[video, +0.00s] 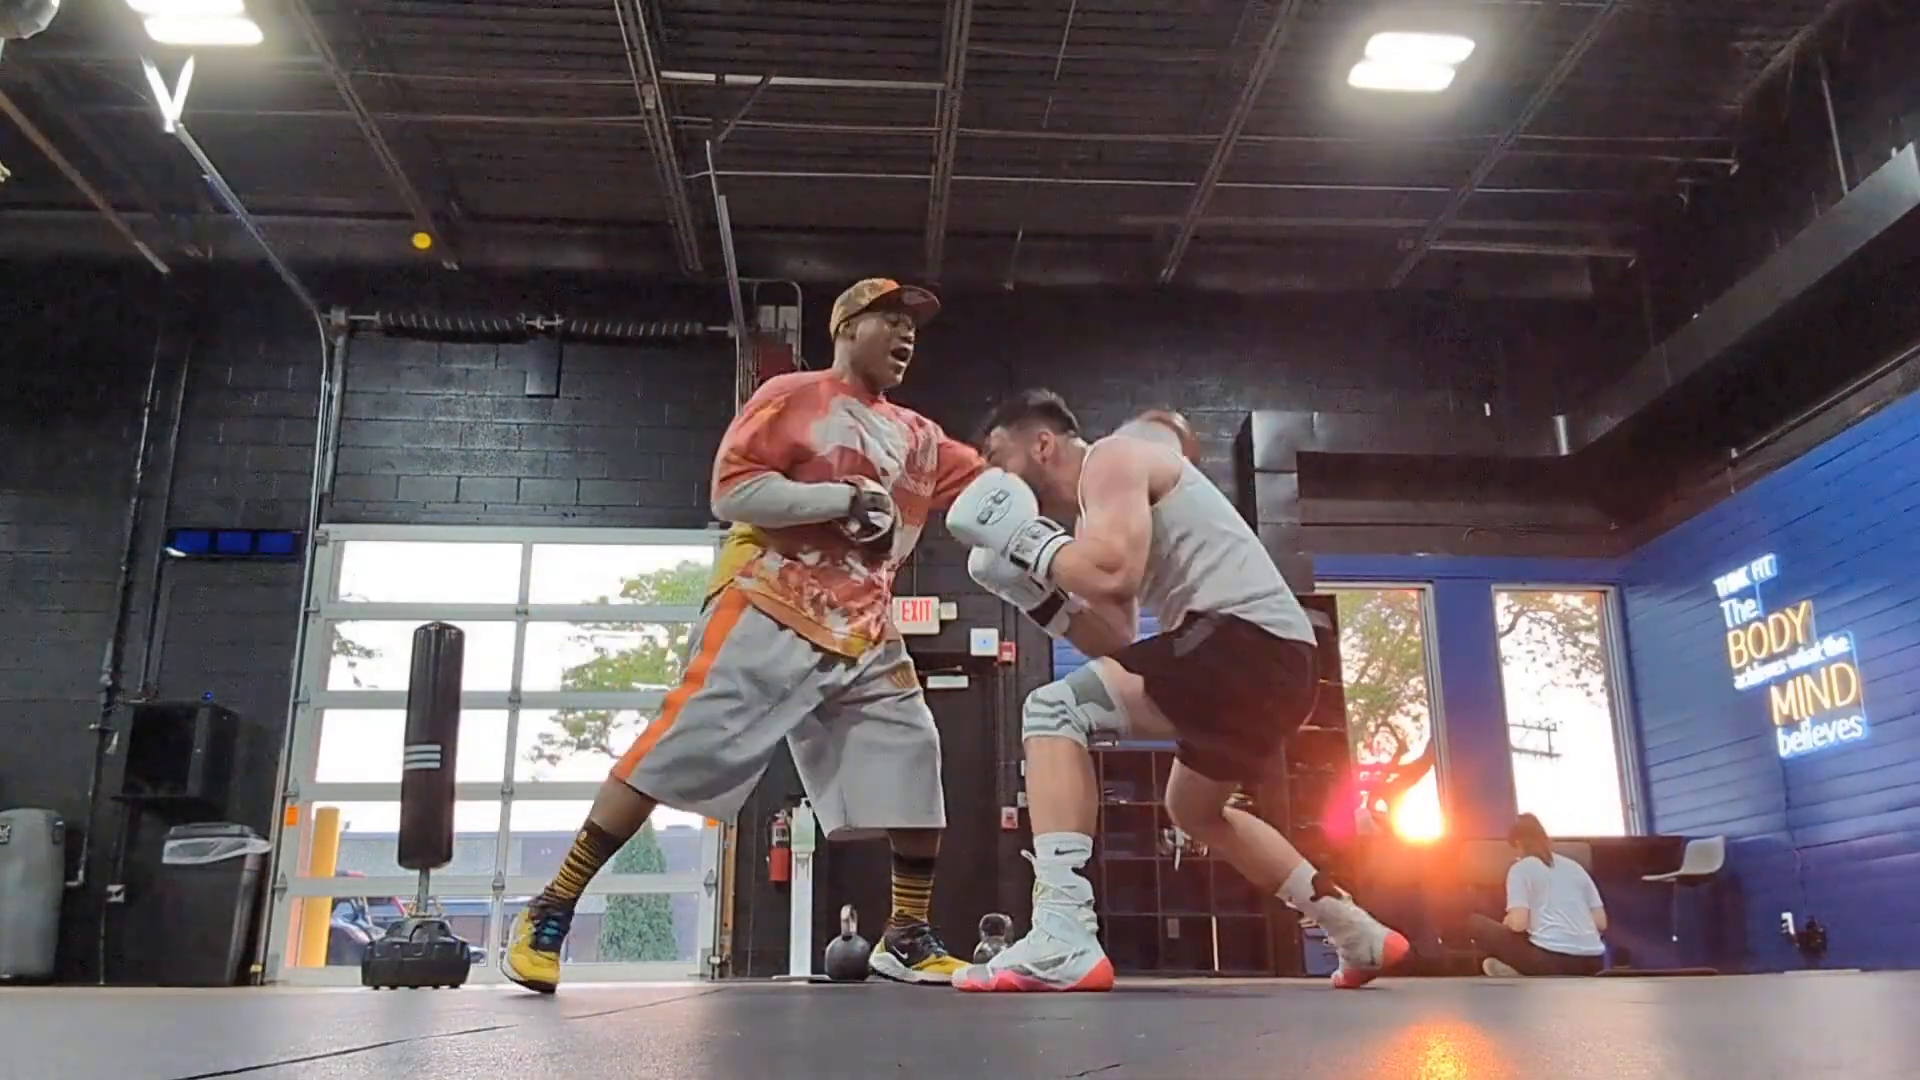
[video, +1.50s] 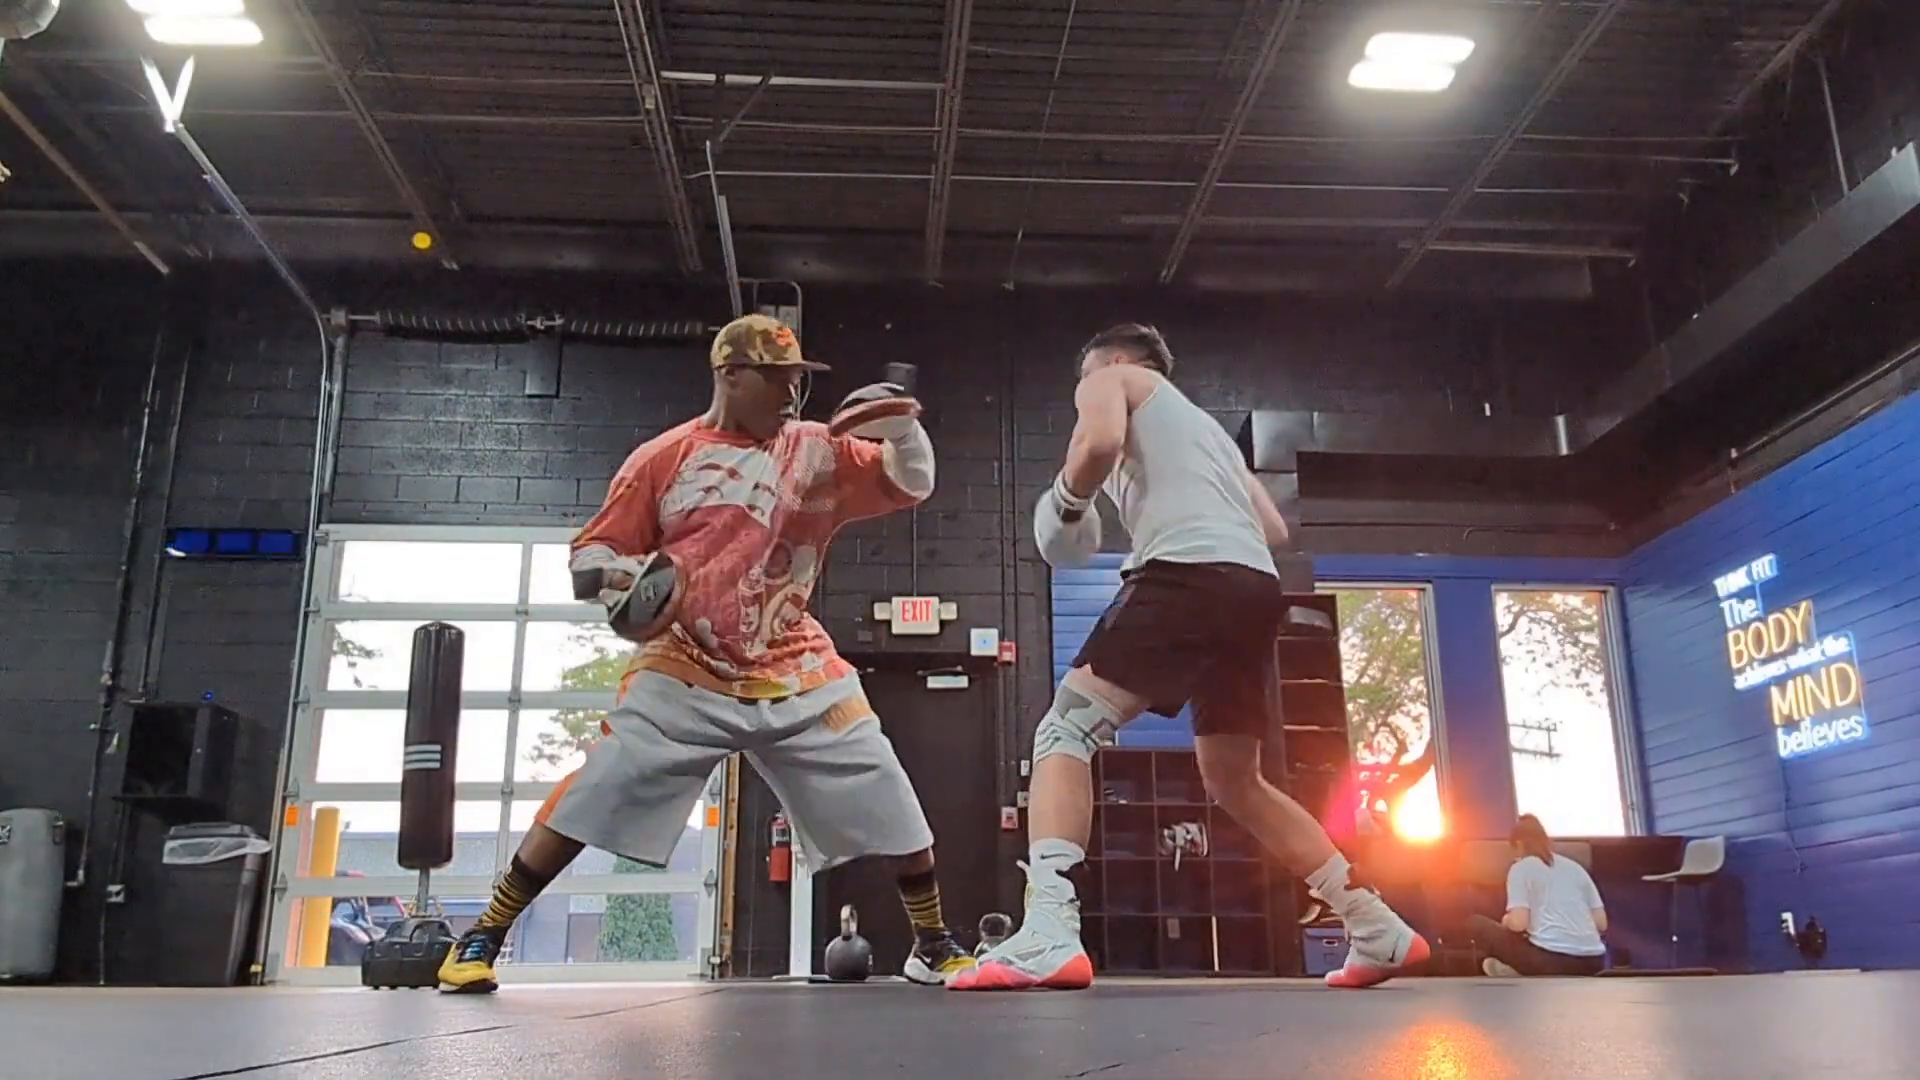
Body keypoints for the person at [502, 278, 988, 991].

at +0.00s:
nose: (907, 337)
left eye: (912, 329)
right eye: (893, 322)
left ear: (909, 345)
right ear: (847, 328)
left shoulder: (920, 437)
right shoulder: (790, 394)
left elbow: (1004, 491)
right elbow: (733, 493)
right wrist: (844, 498)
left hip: (865, 628)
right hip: (770, 604)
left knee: (917, 749)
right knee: (683, 741)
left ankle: (908, 931)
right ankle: (554, 909)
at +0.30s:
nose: (801, 320)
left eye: (808, 310)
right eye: (782, 303)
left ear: (814, 327)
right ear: (737, 313)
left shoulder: (840, 418)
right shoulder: (690, 408)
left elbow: (892, 498)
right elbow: (668, 484)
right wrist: (708, 378)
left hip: (831, 623)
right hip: (721, 619)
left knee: (893, 756)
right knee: (632, 762)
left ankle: (903, 937)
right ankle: (534, 936)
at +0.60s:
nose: (797, 327)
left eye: (795, 317)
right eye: (781, 313)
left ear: (765, 331)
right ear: (733, 321)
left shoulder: (783, 424)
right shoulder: (689, 393)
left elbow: (813, 532)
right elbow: (743, 465)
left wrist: (892, 480)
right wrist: (845, 404)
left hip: (800, 620)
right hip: (711, 619)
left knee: (862, 765)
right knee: (634, 772)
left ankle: (897, 937)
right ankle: (530, 936)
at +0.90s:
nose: (774, 317)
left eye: (779, 305)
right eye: (755, 303)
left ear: (787, 317)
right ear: (718, 319)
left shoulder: (807, 406)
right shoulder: (686, 392)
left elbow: (841, 512)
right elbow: (737, 453)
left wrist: (862, 483)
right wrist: (751, 355)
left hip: (786, 610)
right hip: (693, 604)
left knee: (823, 762)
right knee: (625, 755)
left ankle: (821, 937)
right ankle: (535, 930)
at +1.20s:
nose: (729, 342)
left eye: (737, 329)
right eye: (711, 329)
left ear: (744, 344)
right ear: (670, 342)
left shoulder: (771, 410)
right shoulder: (633, 424)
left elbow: (868, 436)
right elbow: (691, 450)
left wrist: (800, 423)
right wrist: (737, 351)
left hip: (781, 633)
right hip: (670, 632)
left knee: (854, 746)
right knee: (588, 772)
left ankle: (841, 924)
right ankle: (479, 935)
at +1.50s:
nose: (790, 389)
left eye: (792, 376)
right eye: (774, 373)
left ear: (794, 383)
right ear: (727, 373)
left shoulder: (816, 451)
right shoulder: (667, 456)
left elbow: (909, 485)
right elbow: (593, 551)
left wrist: (904, 425)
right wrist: (626, 588)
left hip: (794, 654)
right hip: (684, 656)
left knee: (885, 781)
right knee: (605, 779)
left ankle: (934, 945)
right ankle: (483, 938)